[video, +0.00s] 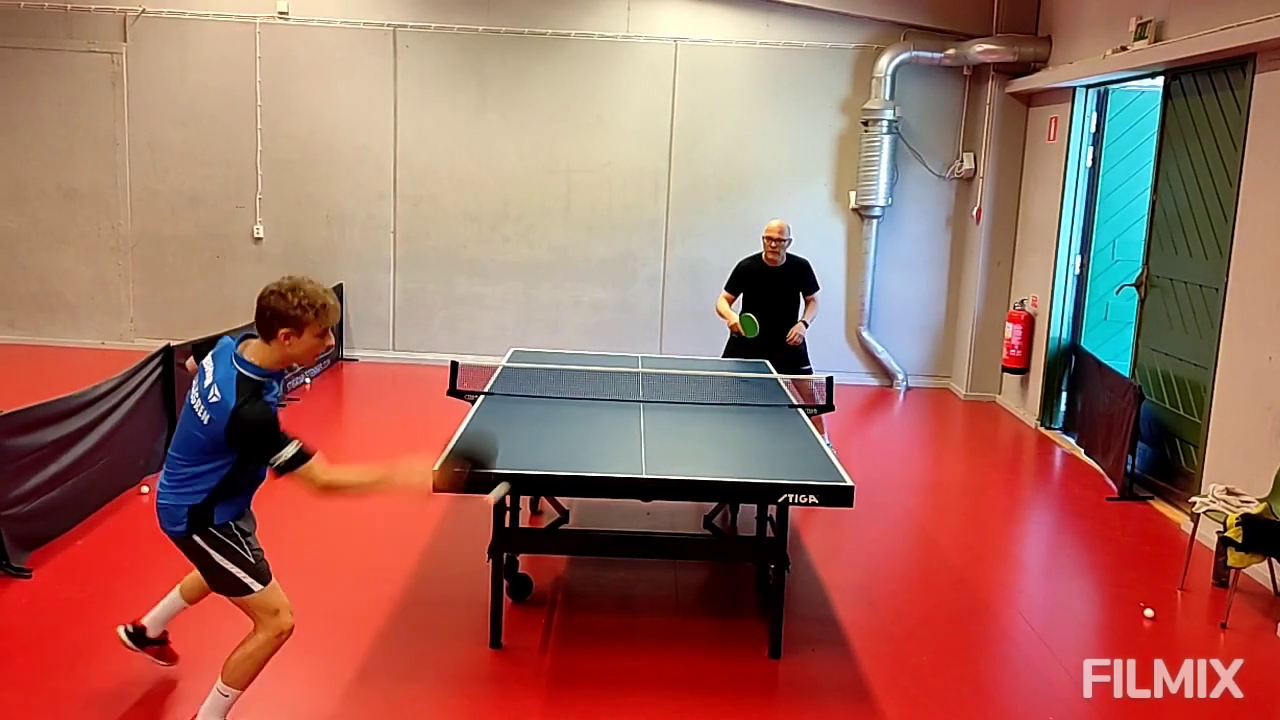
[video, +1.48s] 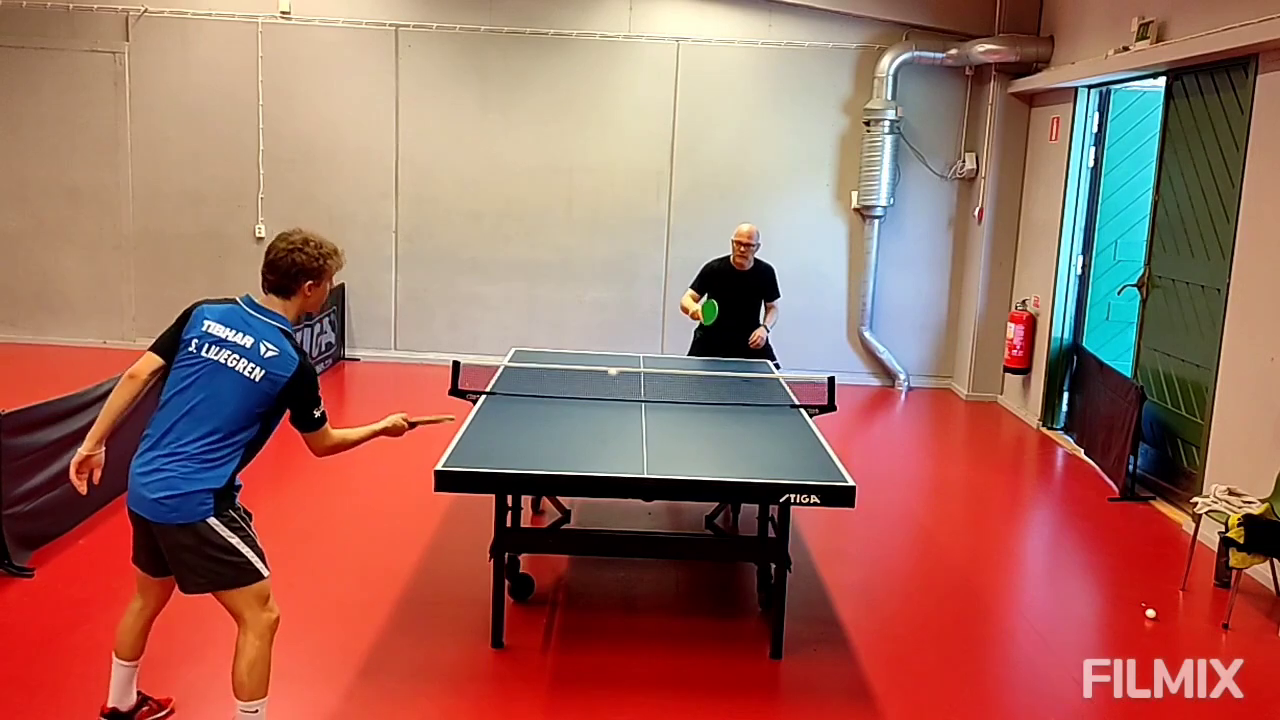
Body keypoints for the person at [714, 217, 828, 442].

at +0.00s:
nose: (773, 244)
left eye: (778, 241)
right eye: (768, 239)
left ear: (788, 243)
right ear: (762, 240)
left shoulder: (800, 268)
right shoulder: (747, 267)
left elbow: (812, 302)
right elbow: (723, 302)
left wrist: (803, 325)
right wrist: (731, 317)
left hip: (786, 345)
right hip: (747, 344)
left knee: (809, 395)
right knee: (724, 391)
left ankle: (822, 446)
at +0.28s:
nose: (766, 270)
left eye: (771, 266)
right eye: (762, 264)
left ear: (779, 263)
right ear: (754, 259)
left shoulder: (786, 280)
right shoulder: (736, 282)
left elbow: (793, 313)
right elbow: (716, 322)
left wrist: (791, 340)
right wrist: (740, 334)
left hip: (773, 348)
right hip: (734, 347)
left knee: (802, 393)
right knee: (712, 390)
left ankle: (822, 443)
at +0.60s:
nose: (778, 261)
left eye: (784, 257)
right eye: (774, 255)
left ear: (791, 255)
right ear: (766, 248)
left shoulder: (796, 272)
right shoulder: (747, 272)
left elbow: (801, 302)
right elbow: (721, 309)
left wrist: (800, 331)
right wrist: (738, 302)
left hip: (781, 345)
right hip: (744, 345)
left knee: (806, 392)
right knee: (727, 394)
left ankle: (824, 443)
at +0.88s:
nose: (780, 251)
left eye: (787, 247)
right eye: (776, 245)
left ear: (796, 249)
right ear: (770, 244)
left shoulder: (805, 274)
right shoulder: (753, 270)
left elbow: (818, 307)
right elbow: (723, 302)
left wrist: (812, 330)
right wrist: (733, 306)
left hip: (787, 347)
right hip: (748, 345)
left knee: (814, 398)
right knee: (720, 389)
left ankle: (826, 446)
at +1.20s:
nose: (750, 243)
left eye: (756, 240)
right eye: (746, 238)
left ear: (765, 243)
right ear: (740, 237)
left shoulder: (771, 271)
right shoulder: (719, 264)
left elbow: (772, 305)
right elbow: (692, 296)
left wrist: (773, 327)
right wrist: (704, 303)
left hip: (750, 342)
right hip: (714, 340)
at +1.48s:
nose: (742, 249)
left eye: (748, 246)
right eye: (738, 244)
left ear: (757, 248)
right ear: (732, 243)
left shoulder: (765, 272)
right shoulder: (714, 268)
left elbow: (772, 308)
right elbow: (687, 300)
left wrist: (765, 328)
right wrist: (693, 308)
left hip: (748, 344)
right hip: (711, 343)